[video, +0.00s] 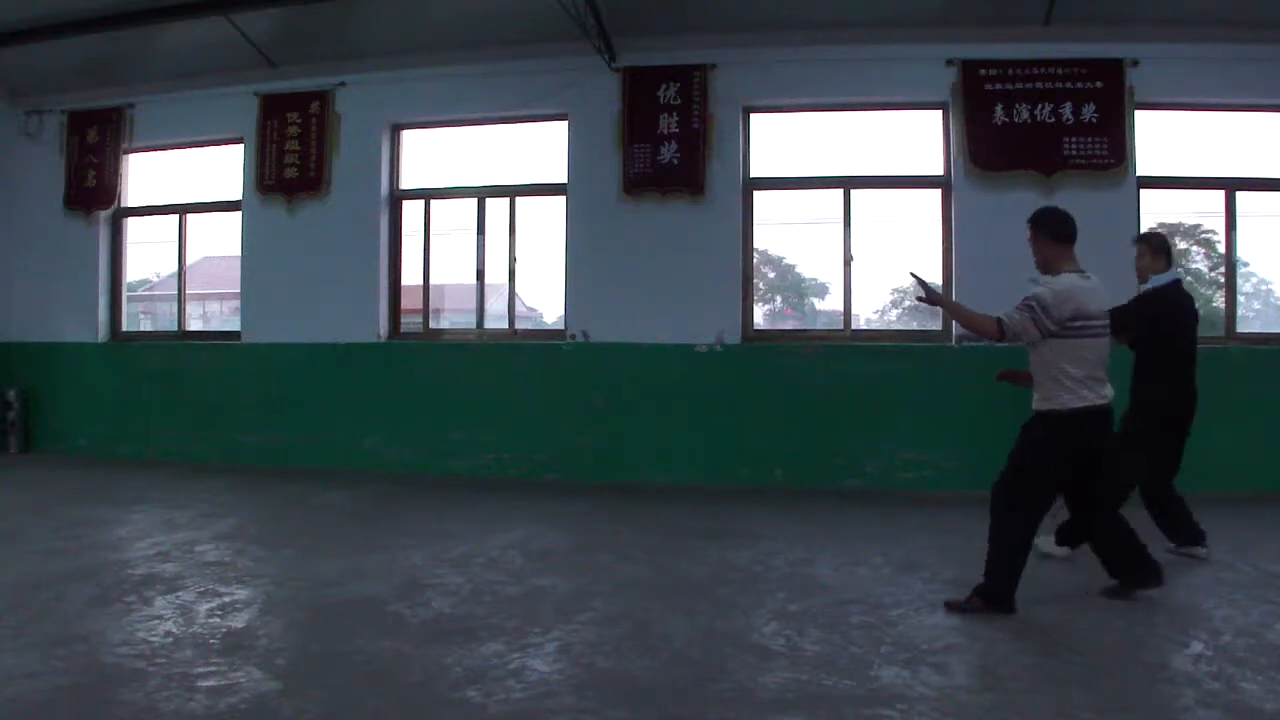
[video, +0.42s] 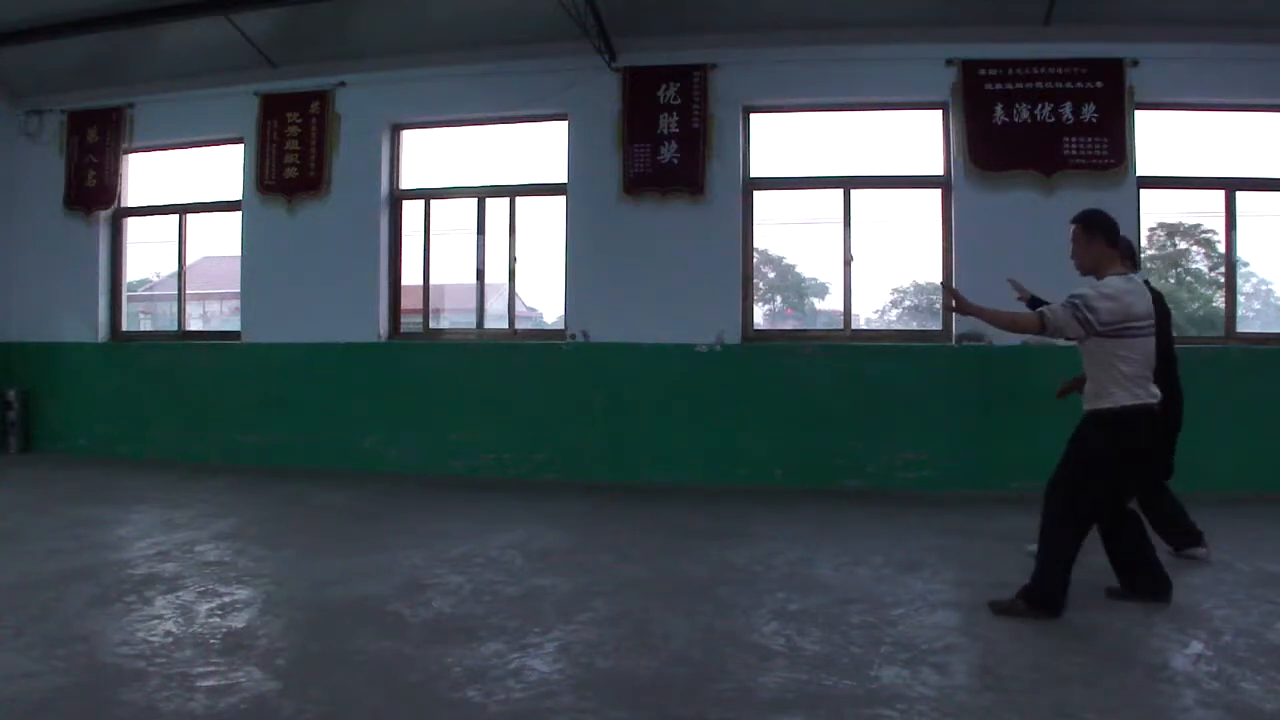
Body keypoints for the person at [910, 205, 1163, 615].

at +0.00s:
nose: (1031, 250)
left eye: (1033, 242)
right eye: (1031, 242)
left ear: (1048, 243)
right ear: (1068, 242)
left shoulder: (1051, 294)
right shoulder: (1094, 290)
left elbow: (999, 330)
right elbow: (1086, 361)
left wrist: (943, 302)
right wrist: (1033, 377)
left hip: (1057, 422)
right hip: (1095, 418)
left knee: (1012, 500)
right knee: (1090, 504)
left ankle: (996, 594)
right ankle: (1140, 572)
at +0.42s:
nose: (1071, 252)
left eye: (1077, 243)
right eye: (1072, 243)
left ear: (1100, 244)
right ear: (1109, 245)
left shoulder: (1100, 298)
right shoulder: (1139, 292)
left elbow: (1035, 323)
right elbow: (1129, 354)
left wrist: (969, 308)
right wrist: (1085, 379)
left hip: (1111, 420)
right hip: (1143, 415)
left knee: (1065, 499)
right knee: (1109, 500)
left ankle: (1043, 597)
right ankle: (1147, 583)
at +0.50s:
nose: (1069, 252)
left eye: (1074, 243)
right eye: (1069, 244)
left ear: (1097, 243)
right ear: (1106, 245)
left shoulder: (1096, 297)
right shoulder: (1139, 292)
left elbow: (1034, 323)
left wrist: (966, 308)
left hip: (1111, 419)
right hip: (1144, 413)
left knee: (1067, 500)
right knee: (1111, 500)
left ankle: (1044, 598)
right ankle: (1146, 583)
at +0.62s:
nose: (1062, 253)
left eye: (1067, 243)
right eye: (1062, 244)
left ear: (1089, 243)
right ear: (1102, 245)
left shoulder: (1086, 298)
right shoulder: (1136, 292)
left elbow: (1024, 323)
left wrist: (961, 307)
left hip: (1105, 420)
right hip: (1144, 413)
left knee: (1063, 501)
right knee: (1113, 500)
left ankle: (1043, 598)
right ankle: (1147, 582)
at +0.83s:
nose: (1048, 261)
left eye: (1051, 252)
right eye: (1047, 253)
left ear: (1073, 251)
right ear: (1086, 252)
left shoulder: (1064, 306)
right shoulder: (1129, 298)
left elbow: (1008, 326)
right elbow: (1148, 346)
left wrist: (951, 308)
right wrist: (1086, 380)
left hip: (1097, 426)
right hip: (1140, 417)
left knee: (1048, 502)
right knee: (1104, 497)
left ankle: (1040, 599)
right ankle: (1154, 571)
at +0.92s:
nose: (1049, 266)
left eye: (1053, 257)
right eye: (1049, 258)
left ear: (1075, 255)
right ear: (1088, 257)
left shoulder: (1066, 310)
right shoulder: (1130, 301)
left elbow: (1010, 326)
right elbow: (1147, 352)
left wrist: (951, 310)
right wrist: (1084, 382)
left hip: (1099, 429)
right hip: (1142, 420)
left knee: (1048, 502)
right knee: (1105, 498)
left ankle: (1039, 599)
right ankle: (1157, 570)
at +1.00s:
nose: (1059, 269)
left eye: (1063, 259)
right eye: (1059, 260)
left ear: (1087, 260)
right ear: (1097, 261)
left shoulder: (1087, 310)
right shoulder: (1131, 302)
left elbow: (1020, 323)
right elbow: (1092, 337)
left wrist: (956, 313)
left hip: (1110, 431)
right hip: (1147, 423)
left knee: (1059, 505)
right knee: (1120, 504)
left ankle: (1039, 598)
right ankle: (1161, 576)